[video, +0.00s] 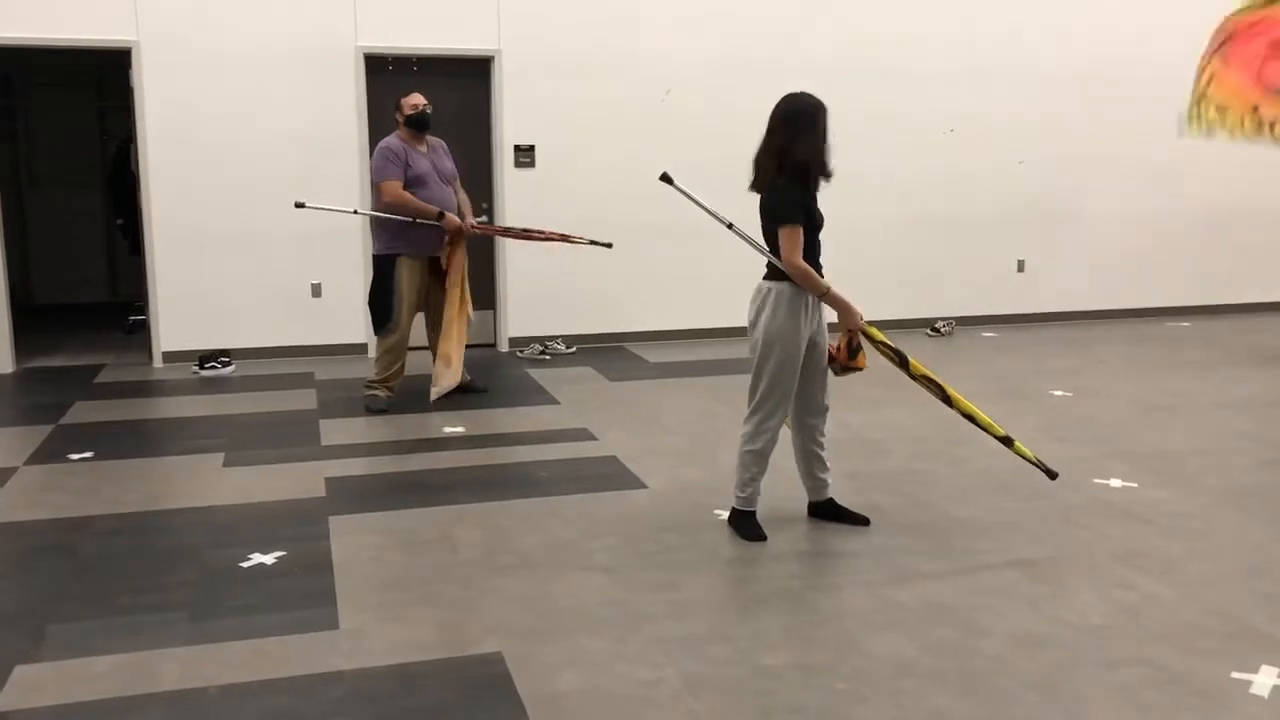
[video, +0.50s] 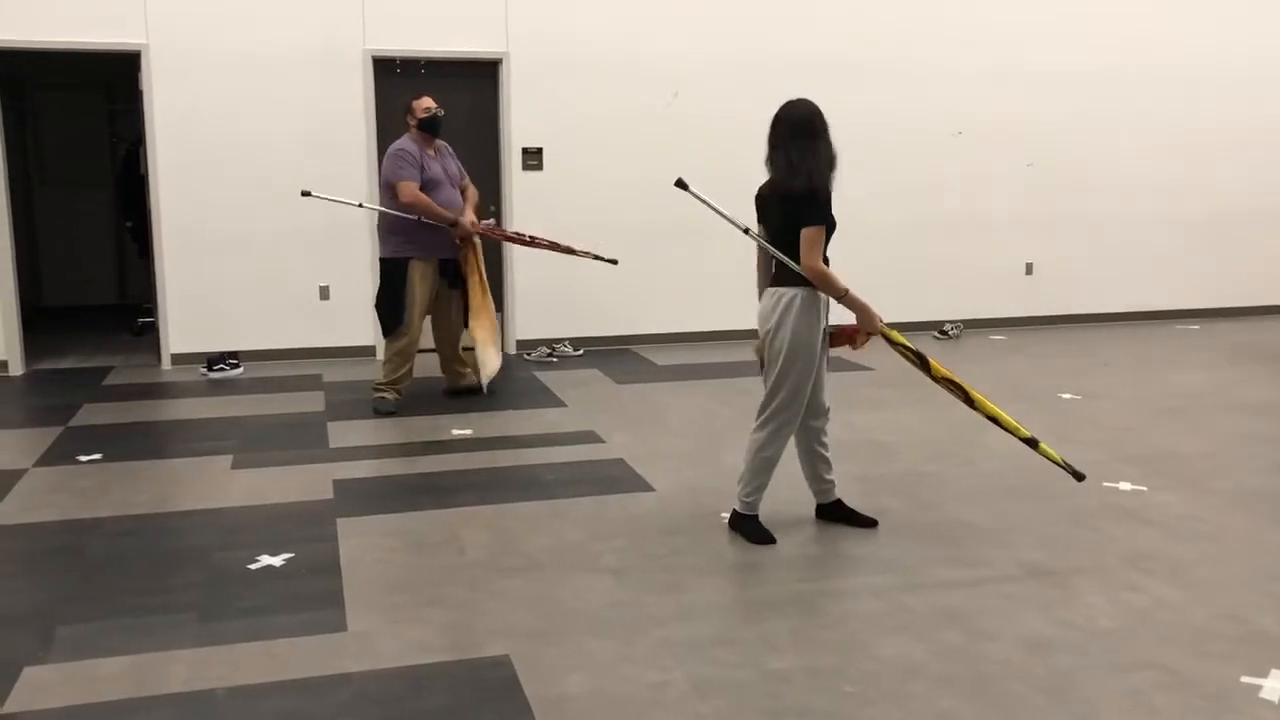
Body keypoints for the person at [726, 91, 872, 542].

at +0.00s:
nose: (825, 138)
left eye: (823, 129)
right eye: (821, 130)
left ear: (782, 130)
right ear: (810, 133)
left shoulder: (800, 181)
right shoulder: (786, 184)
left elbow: (800, 259)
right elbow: (791, 262)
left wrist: (832, 312)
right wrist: (843, 305)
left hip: (807, 302)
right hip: (782, 302)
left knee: (811, 408)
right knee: (768, 409)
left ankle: (820, 500)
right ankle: (743, 507)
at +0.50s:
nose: (829, 144)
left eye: (823, 135)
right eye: (825, 136)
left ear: (776, 142)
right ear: (820, 140)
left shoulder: (768, 192)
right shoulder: (812, 191)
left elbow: (766, 267)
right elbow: (811, 266)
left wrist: (771, 323)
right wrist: (860, 307)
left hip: (779, 303)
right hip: (797, 305)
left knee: (812, 409)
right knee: (782, 410)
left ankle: (827, 501)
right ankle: (745, 510)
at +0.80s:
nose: (831, 148)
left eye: (824, 140)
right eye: (826, 140)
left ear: (777, 145)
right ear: (821, 144)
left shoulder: (770, 195)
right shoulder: (814, 195)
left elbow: (758, 259)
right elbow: (815, 271)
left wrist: (750, 317)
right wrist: (865, 309)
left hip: (786, 306)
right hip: (803, 308)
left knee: (819, 413)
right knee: (791, 414)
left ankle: (835, 506)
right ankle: (750, 514)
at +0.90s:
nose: (830, 149)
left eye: (823, 141)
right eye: (826, 142)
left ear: (776, 147)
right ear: (820, 146)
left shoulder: (768, 197)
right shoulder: (813, 197)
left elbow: (756, 264)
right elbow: (815, 273)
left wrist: (754, 320)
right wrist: (864, 310)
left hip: (783, 309)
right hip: (803, 310)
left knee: (819, 415)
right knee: (792, 416)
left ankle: (838, 507)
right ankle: (750, 516)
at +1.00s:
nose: (829, 153)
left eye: (822, 145)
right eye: (825, 145)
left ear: (774, 149)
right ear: (819, 149)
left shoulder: (764, 200)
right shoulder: (813, 199)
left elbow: (754, 264)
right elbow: (815, 275)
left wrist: (754, 322)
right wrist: (866, 314)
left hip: (778, 311)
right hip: (800, 313)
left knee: (819, 417)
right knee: (793, 417)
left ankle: (839, 509)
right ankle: (752, 518)